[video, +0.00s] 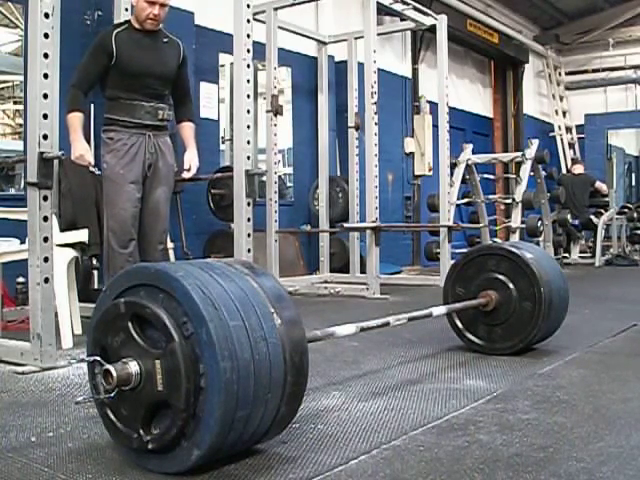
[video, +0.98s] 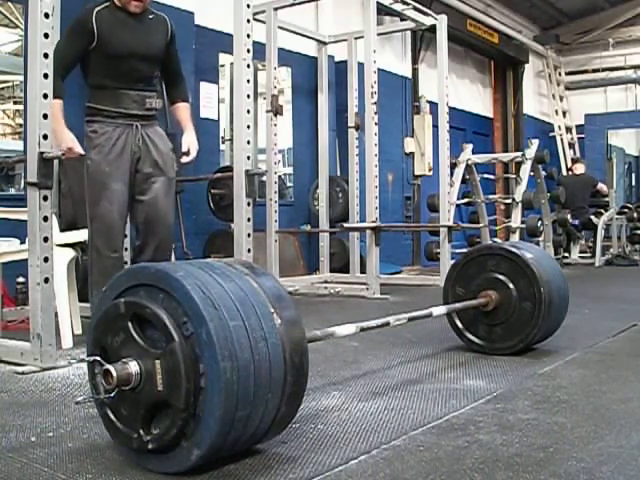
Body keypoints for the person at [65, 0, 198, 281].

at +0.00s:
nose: (156, 11)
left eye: (162, 6)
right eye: (149, 4)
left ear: (167, 9)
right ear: (134, 3)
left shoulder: (175, 48)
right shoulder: (112, 39)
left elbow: (183, 103)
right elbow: (77, 91)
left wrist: (191, 148)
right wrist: (77, 141)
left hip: (162, 143)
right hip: (122, 141)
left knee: (157, 232)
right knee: (122, 230)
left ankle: (159, 305)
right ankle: (121, 306)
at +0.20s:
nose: (154, 11)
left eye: (161, 6)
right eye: (148, 4)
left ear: (167, 9)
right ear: (133, 3)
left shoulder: (175, 48)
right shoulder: (110, 40)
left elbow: (184, 102)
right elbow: (75, 91)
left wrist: (192, 147)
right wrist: (75, 141)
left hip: (161, 141)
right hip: (120, 139)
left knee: (156, 227)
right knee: (122, 224)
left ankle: (157, 302)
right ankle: (119, 302)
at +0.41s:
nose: (151, 9)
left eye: (158, 3)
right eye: (145, 1)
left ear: (163, 7)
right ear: (130, 3)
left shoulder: (172, 45)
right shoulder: (106, 38)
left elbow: (182, 98)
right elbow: (73, 90)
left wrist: (192, 145)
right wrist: (72, 142)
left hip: (160, 141)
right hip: (118, 139)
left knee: (153, 233)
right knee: (118, 229)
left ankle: (152, 312)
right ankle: (113, 313)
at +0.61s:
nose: (145, 5)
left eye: (151, 0)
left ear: (157, 4)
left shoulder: (167, 40)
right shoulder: (101, 34)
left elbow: (178, 96)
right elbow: (66, 88)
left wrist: (189, 143)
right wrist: (68, 141)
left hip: (155, 140)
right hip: (113, 138)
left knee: (152, 230)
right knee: (117, 228)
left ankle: (153, 310)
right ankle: (112, 313)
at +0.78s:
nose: (138, 1)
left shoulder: (163, 33)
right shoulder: (95, 25)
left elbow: (175, 88)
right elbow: (58, 77)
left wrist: (186, 136)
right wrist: (59, 132)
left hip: (152, 136)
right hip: (107, 134)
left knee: (151, 231)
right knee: (110, 229)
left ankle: (154, 314)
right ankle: (110, 317)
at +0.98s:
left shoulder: (162, 24)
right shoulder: (92, 19)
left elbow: (174, 80)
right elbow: (53, 73)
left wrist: (188, 129)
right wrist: (59, 130)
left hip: (154, 135)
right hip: (106, 133)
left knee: (161, 231)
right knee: (108, 233)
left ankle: (151, 316)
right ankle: (107, 321)